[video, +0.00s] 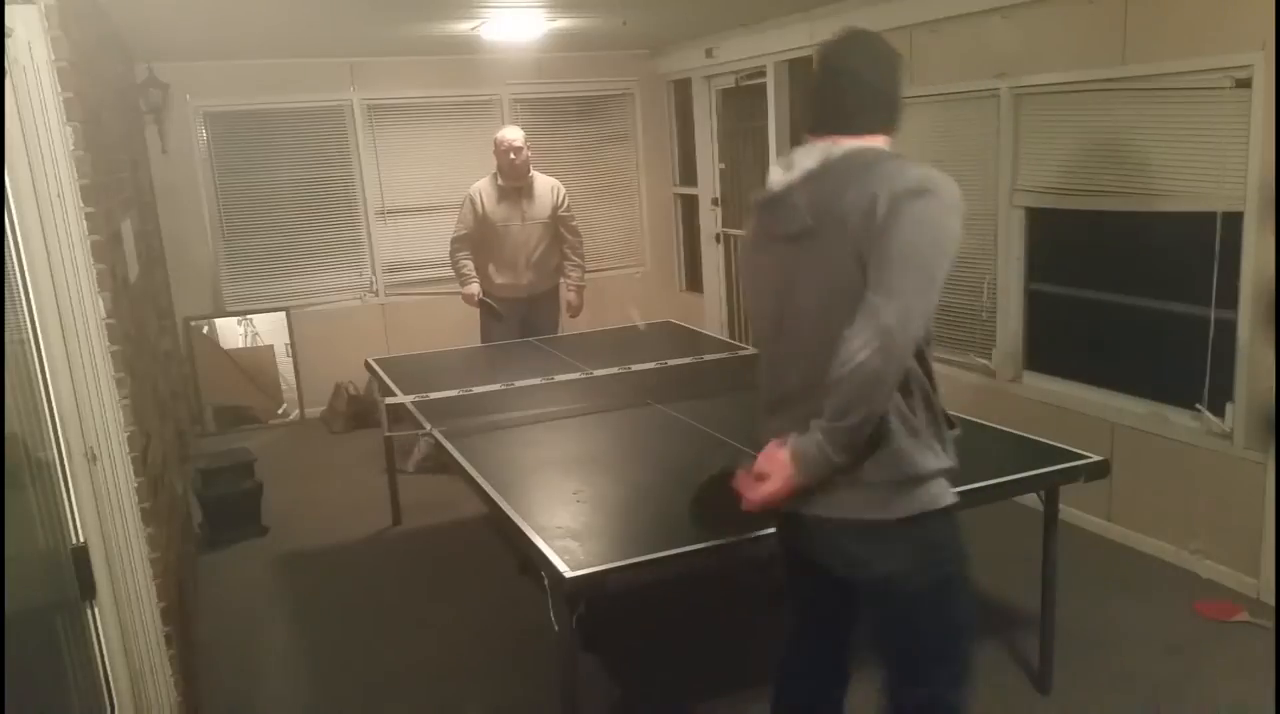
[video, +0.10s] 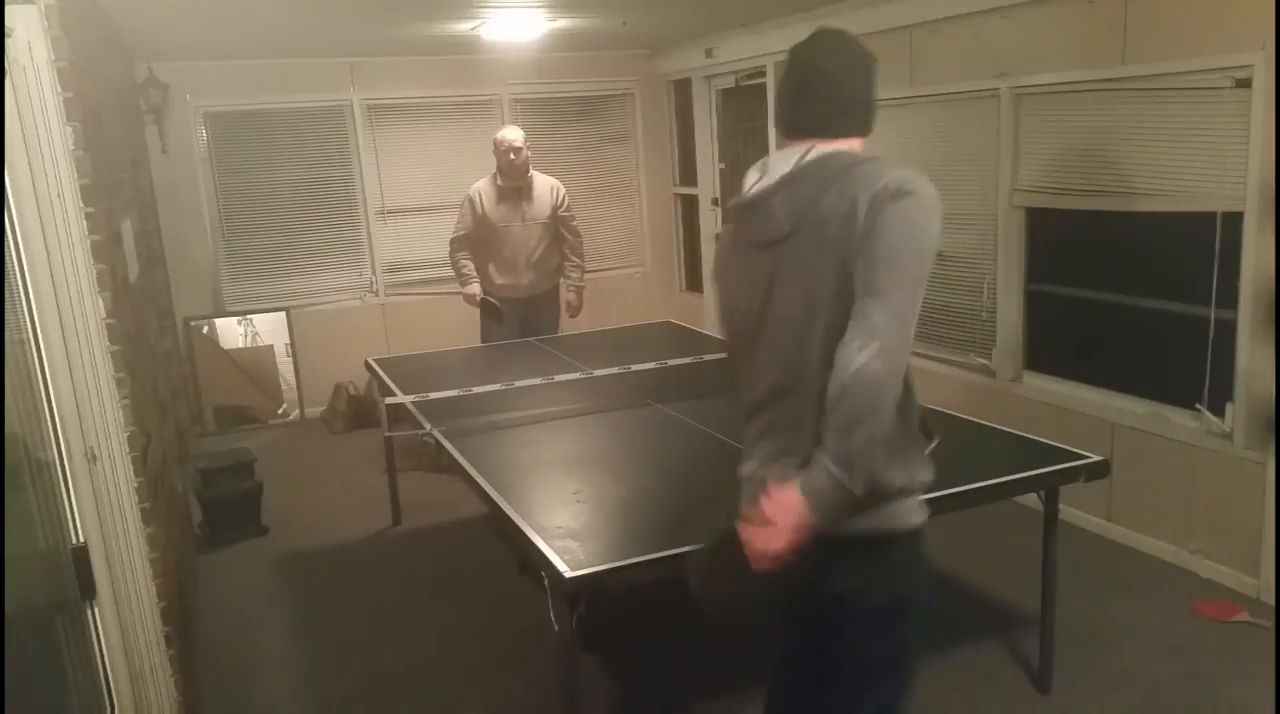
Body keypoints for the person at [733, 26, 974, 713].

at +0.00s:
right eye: (890, 90)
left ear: (813, 99)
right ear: (895, 102)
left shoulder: (774, 202)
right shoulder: (917, 190)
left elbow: (773, 341)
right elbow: (883, 339)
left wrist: (784, 445)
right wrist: (812, 454)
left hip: (802, 514)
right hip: (895, 519)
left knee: (807, 686)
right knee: (930, 691)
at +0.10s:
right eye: (862, 93)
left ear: (783, 107)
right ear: (869, 106)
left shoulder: (748, 211)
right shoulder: (894, 192)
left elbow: (745, 356)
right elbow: (872, 353)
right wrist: (815, 492)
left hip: (770, 519)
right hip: (869, 531)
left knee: (794, 690)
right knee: (868, 693)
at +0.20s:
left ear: (768, 142)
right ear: (854, 142)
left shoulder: (730, 251)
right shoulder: (880, 240)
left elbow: (716, 389)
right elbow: (873, 414)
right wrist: (854, 564)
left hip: (735, 545)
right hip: (821, 557)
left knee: (760, 693)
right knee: (808, 696)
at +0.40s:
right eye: (829, 167)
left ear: (737, 188)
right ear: (829, 186)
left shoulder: (690, 296)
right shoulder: (869, 289)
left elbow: (663, 444)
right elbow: (909, 469)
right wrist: (938, 603)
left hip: (704, 594)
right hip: (818, 608)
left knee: (725, 701)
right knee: (827, 703)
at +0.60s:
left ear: (746, 221)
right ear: (833, 223)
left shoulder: (690, 326)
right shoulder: (874, 325)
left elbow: (658, 470)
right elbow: (933, 490)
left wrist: (710, 527)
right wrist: (978, 576)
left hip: (700, 618)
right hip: (831, 620)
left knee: (690, 702)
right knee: (923, 704)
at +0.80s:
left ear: (788, 219)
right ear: (880, 223)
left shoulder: (733, 334)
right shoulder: (941, 334)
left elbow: (692, 480)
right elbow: (997, 507)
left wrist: (706, 561)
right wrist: (973, 585)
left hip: (758, 630)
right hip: (899, 634)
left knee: (738, 701)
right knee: (965, 704)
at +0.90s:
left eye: (788, 192)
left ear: (788, 207)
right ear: (881, 203)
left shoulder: (757, 326)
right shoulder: (973, 317)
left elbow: (721, 474)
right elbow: (1015, 479)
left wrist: (697, 541)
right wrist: (953, 537)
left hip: (794, 626)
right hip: (940, 626)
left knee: (730, 702)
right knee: (968, 703)